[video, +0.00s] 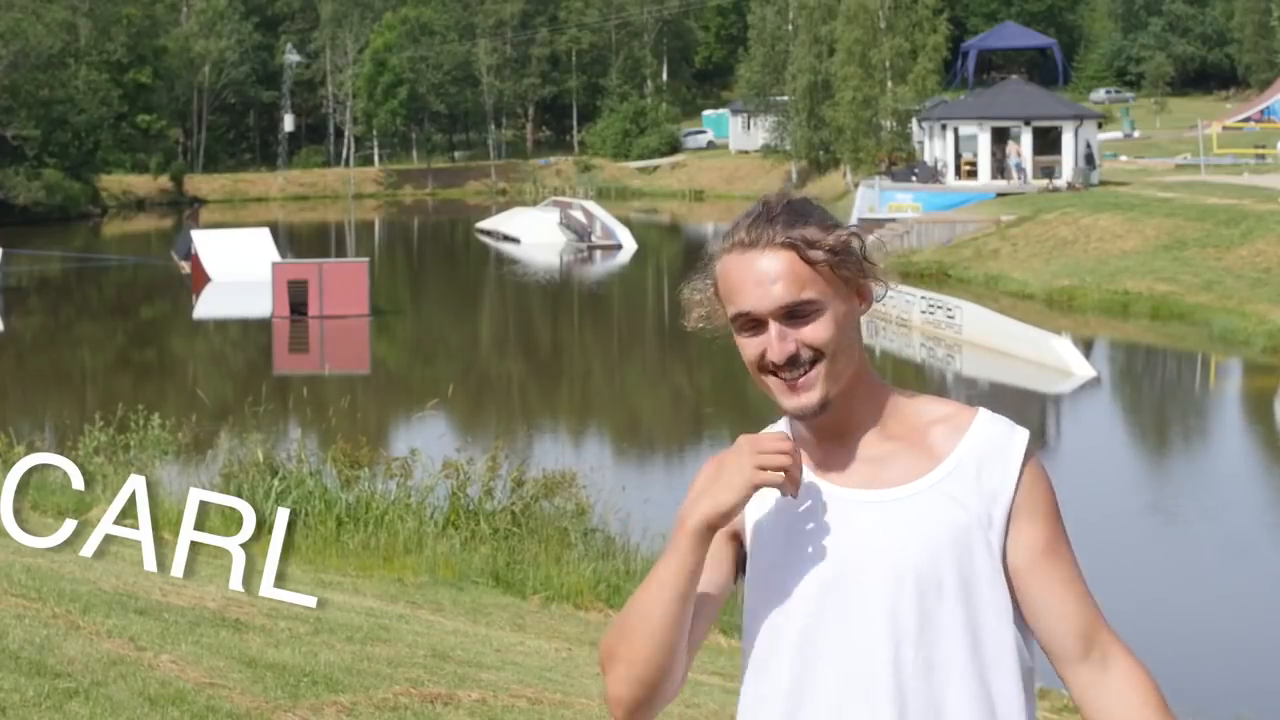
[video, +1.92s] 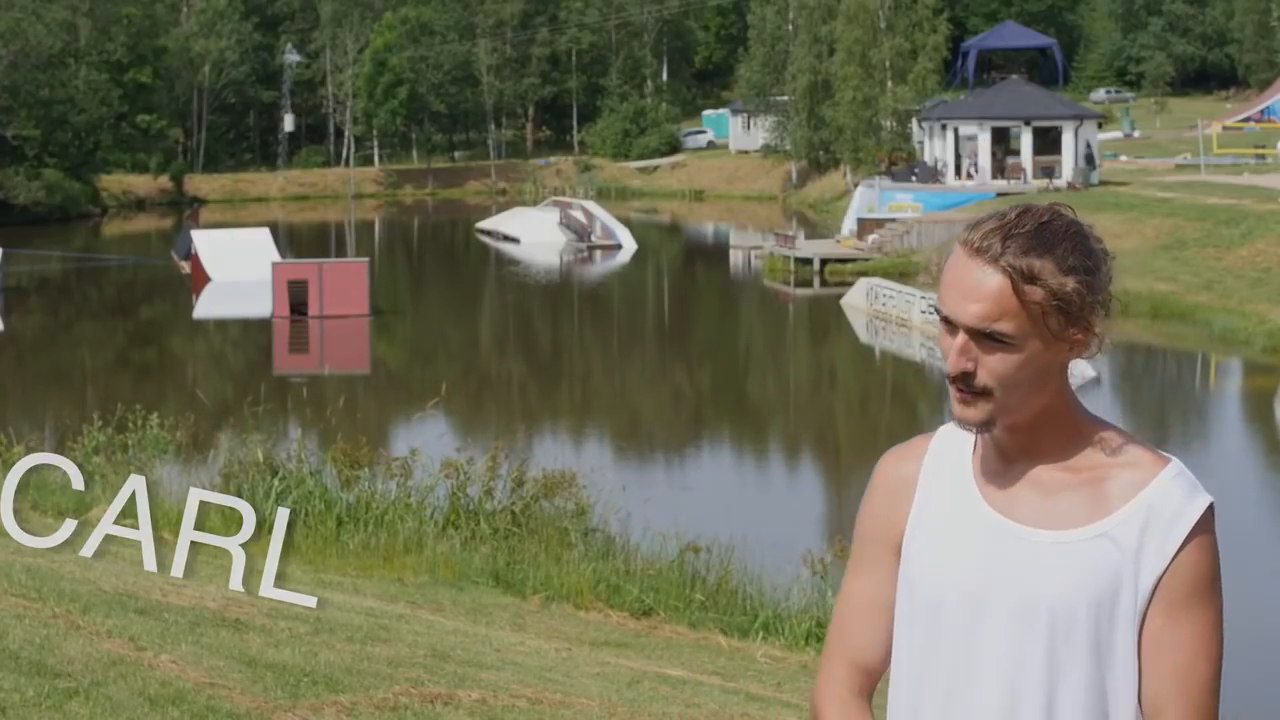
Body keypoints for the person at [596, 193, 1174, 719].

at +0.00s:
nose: (778, 348)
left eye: (800, 313)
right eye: (749, 326)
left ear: (858, 296)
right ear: (731, 334)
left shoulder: (988, 455)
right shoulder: (742, 483)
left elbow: (1095, 662)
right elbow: (630, 696)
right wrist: (693, 524)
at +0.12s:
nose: (790, 371)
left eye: (813, 336)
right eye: (762, 348)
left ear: (874, 306)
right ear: (742, 344)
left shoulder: (1003, 466)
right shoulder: (753, 495)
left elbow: (1074, 675)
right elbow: (682, 698)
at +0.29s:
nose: (828, 388)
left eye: (852, 355)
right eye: (800, 362)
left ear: (909, 318)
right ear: (775, 346)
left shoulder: (1032, 464)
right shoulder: (783, 507)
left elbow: (1107, 683)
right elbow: (763, 695)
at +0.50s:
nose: (869, 399)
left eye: (895, 366)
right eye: (842, 370)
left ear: (957, 328)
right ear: (820, 350)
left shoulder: (1079, 464)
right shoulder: (834, 505)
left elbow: (1155, 694)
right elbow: (803, 697)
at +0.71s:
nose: (918, 407)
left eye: (948, 377)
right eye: (896, 374)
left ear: (1018, 342)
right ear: (880, 349)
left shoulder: (1136, 492)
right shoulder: (895, 496)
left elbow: (1194, 706)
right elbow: (870, 697)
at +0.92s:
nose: (968, 413)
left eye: (1001, 387)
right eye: (950, 378)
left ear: (1082, 357)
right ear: (939, 353)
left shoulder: (1182, 515)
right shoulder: (951, 480)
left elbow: (1222, 708)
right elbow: (919, 678)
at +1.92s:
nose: (956, 361)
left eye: (993, 339)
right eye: (948, 326)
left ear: (1075, 340)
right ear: (939, 311)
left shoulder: (1164, 510)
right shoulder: (905, 478)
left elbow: (1179, 710)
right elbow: (842, 687)